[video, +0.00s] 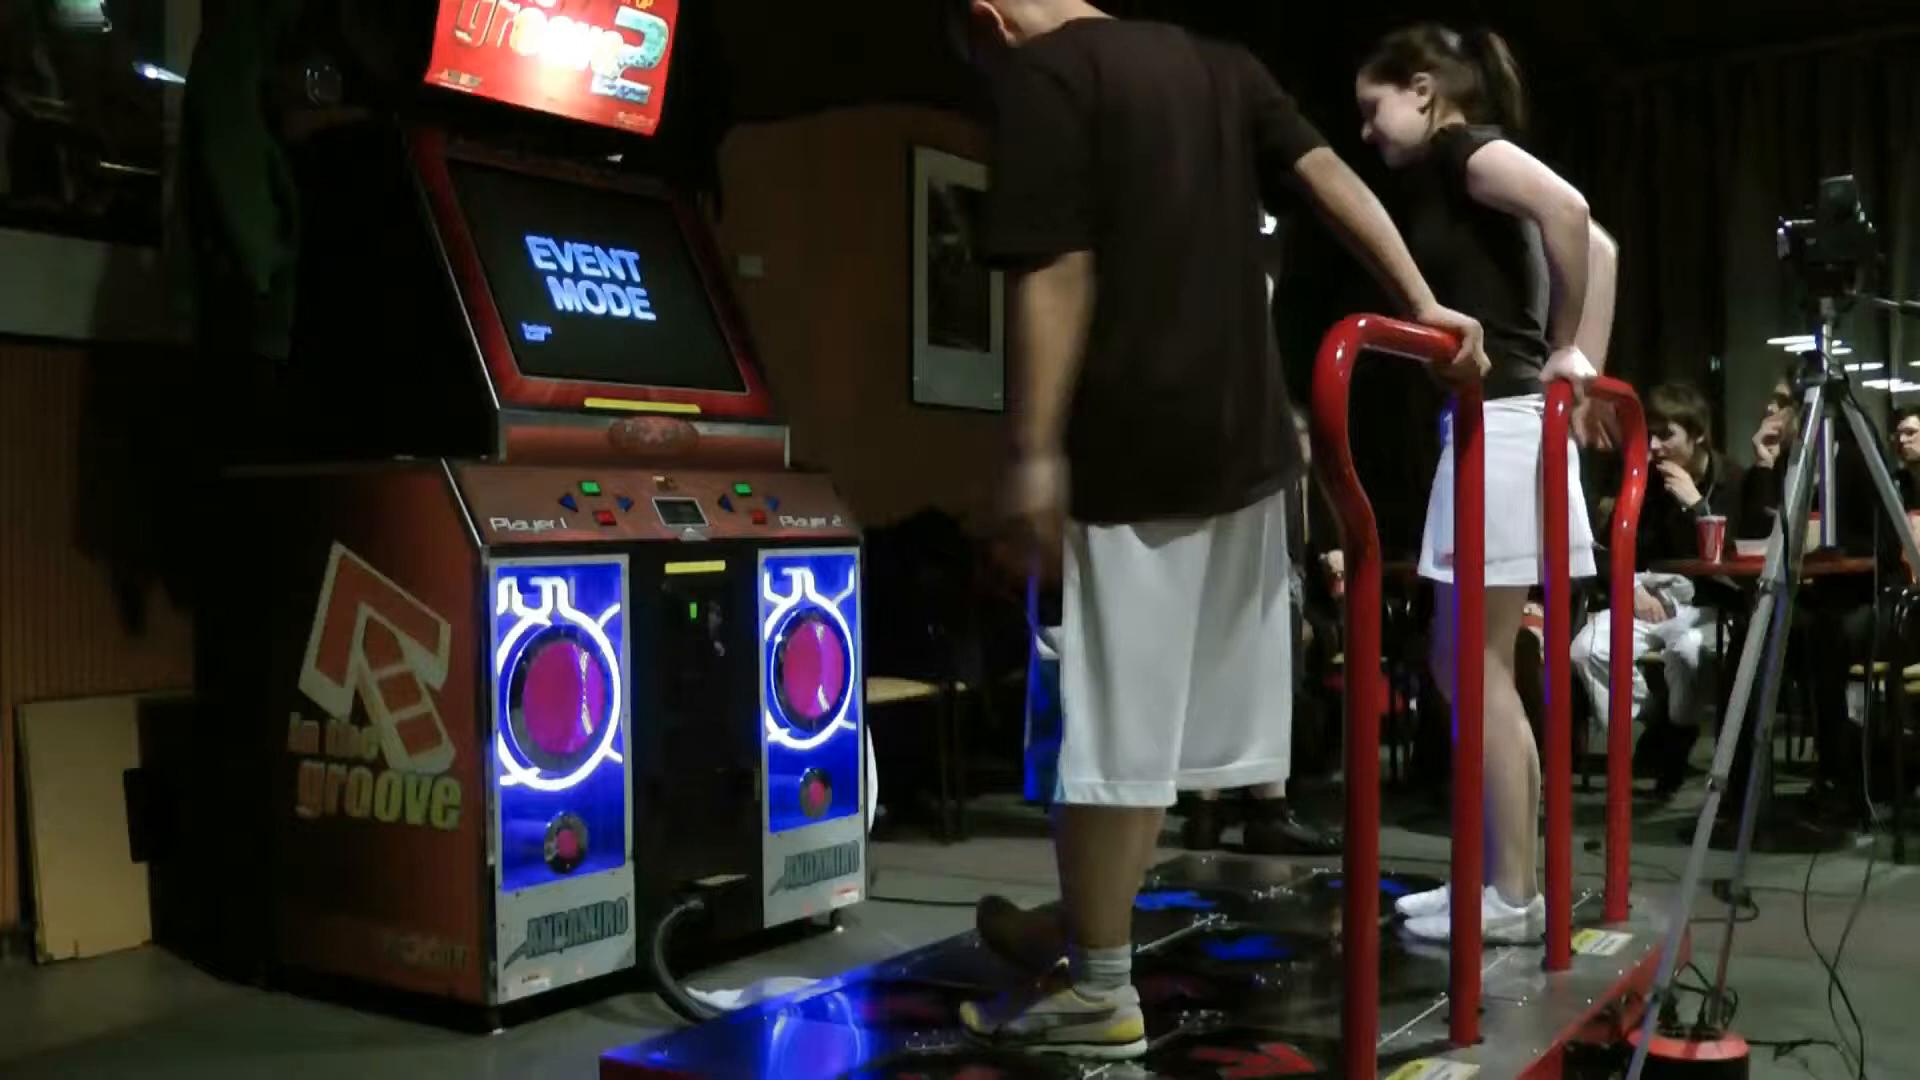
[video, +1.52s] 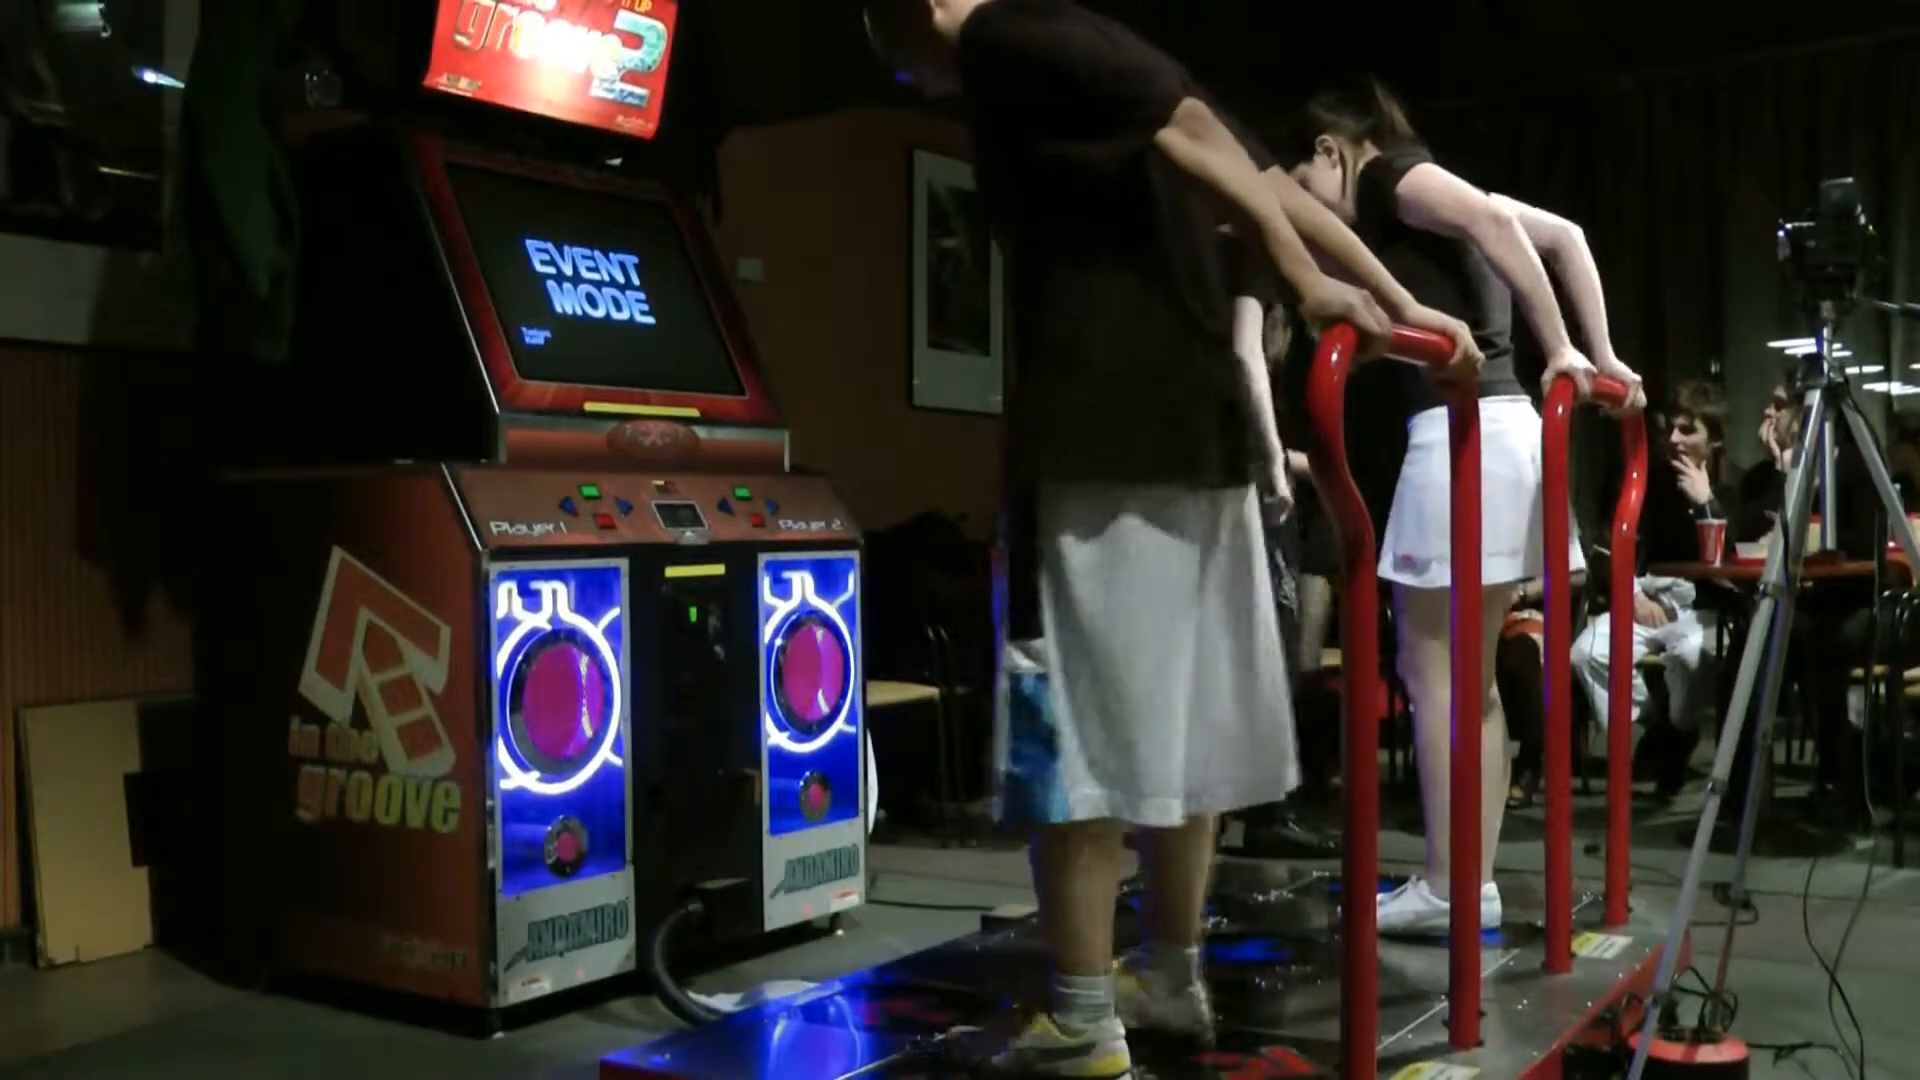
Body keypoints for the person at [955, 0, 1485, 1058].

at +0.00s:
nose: (992, 43)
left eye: (981, 34)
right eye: (988, 36)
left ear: (993, 13)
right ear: (1083, 0)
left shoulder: (1038, 77)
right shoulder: (1216, 62)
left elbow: (1056, 269)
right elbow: (1328, 176)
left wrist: (1035, 446)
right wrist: (1422, 302)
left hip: (1131, 455)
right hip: (1244, 445)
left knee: (1115, 723)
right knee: (1175, 710)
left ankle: (1101, 995)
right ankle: (1090, 930)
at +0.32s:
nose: (1028, 31)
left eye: (1023, 21)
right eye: (1027, 23)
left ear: (1043, 10)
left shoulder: (1090, 71)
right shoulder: (1249, 69)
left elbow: (1143, 236)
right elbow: (1357, 184)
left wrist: (1153, 412)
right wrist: (1430, 310)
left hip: (1166, 452)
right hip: (1265, 443)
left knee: (1128, 730)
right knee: (1191, 718)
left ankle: (1097, 999)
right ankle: (1191, 960)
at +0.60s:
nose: (1053, 59)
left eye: (1047, 40)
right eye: (1048, 45)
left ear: (1071, 15)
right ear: (1146, 2)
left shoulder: (1127, 54)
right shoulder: (1243, 80)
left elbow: (1235, 151)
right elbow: (1358, 170)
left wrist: (1292, 295)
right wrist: (1423, 303)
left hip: (1181, 456)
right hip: (1277, 461)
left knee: (1130, 728)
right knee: (1228, 724)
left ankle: (1095, 992)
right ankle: (1217, 977)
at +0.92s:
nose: (1045, 74)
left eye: (1036, 51)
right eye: (1034, 60)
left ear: (1061, 12)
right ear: (1104, 6)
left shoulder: (1134, 40)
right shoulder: (1200, 63)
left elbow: (1299, 122)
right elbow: (1359, 170)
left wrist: (1339, 282)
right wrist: (1427, 305)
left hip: (1197, 442)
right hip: (1290, 449)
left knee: (1078, 690)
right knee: (1256, 722)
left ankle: (952, 925)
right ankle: (1217, 980)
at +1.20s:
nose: (998, 81)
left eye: (985, 56)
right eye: (985, 66)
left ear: (998, 20)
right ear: (1042, 3)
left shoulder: (1078, 38)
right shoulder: (1156, 54)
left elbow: (1248, 125)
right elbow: (1310, 164)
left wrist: (1337, 291)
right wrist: (1421, 298)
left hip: (1155, 448)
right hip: (1258, 448)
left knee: (1117, 729)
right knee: (1241, 712)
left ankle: (1087, 1013)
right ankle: (1219, 978)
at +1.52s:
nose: (918, 83)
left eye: (907, 63)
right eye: (908, 69)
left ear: (919, 22)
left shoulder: (999, 35)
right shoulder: (1115, 46)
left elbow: (1187, 130)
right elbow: (1262, 176)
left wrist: (1310, 290)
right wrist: (1387, 290)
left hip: (1095, 438)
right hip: (1206, 436)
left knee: (1077, 721)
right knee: (1191, 709)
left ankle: (1086, 1013)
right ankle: (1178, 981)